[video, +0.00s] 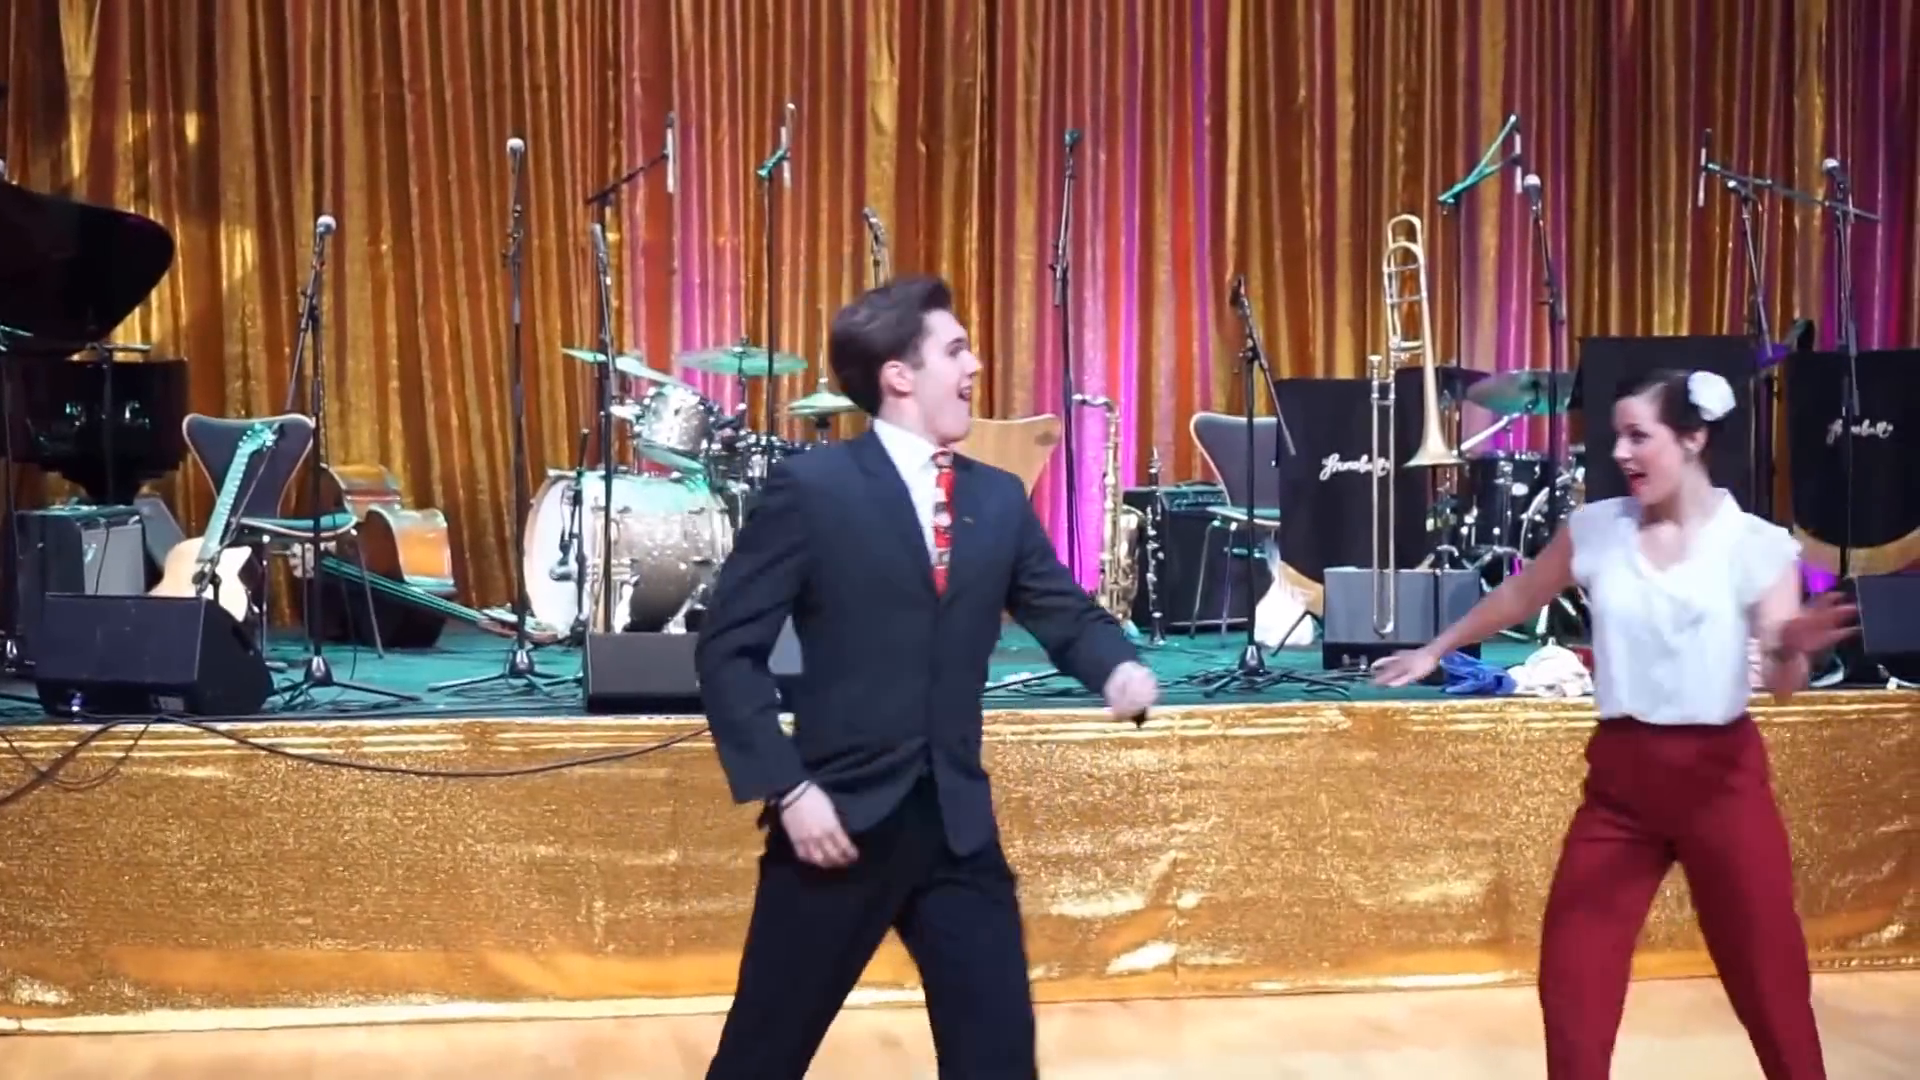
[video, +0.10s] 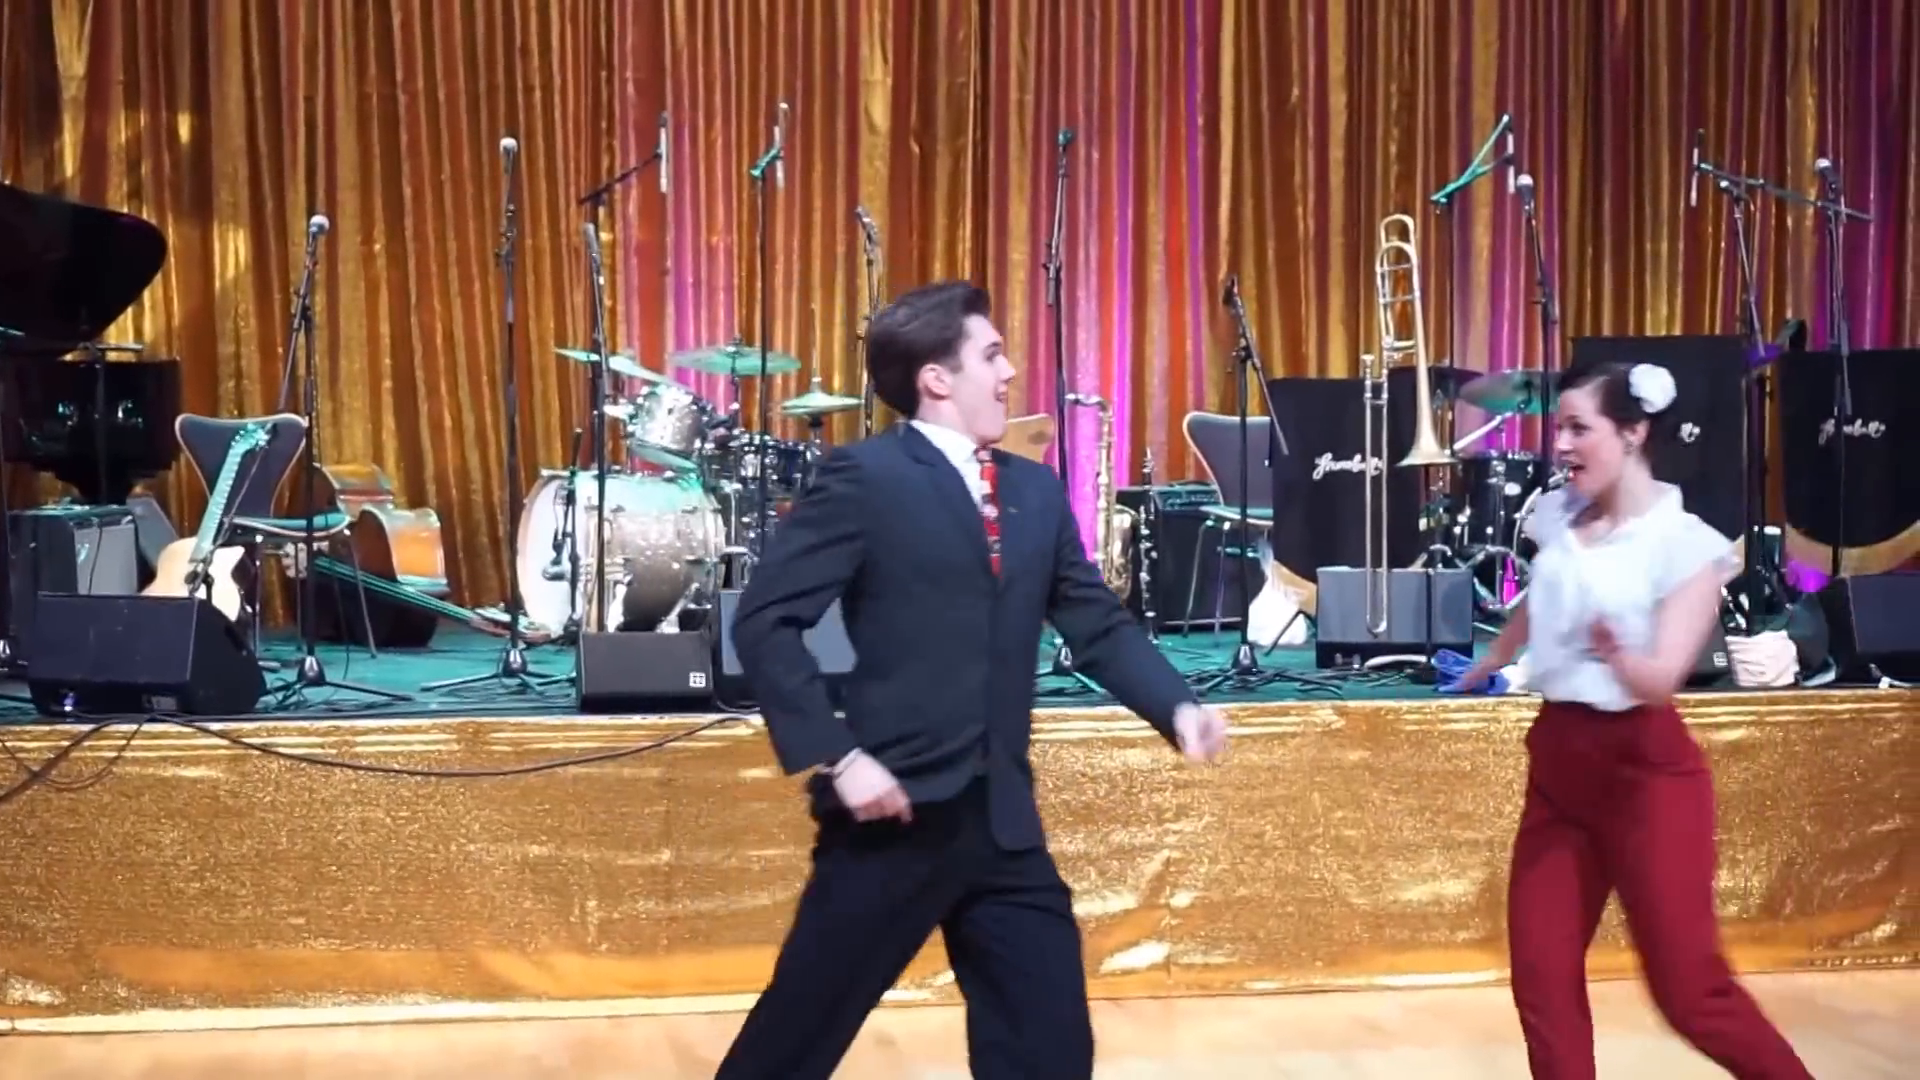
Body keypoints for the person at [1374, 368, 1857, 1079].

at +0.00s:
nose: (1622, 453)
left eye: (1638, 436)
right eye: (1618, 438)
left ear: (1694, 440)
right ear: (1617, 444)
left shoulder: (1760, 548)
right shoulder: (1591, 531)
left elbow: (1782, 684)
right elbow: (1515, 599)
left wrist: (1795, 650)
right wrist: (1435, 651)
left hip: (1725, 792)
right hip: (1617, 794)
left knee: (1776, 1008)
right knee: (1572, 1002)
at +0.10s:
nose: (1562, 445)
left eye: (1578, 428)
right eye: (1558, 428)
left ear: (1634, 435)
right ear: (1560, 434)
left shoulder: (1689, 546)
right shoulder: (1556, 519)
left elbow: (1661, 681)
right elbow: (1538, 607)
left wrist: (1617, 655)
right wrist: (1484, 666)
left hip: (1649, 774)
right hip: (1558, 774)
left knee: (1690, 993)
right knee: (1541, 981)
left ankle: (1791, 1078)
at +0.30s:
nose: (1446, 450)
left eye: (1452, 436)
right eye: (1447, 435)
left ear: (1489, 445)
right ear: (1533, 446)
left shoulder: (1486, 551)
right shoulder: (1588, 539)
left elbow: (1420, 679)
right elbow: (1628, 656)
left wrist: (1374, 638)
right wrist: (1625, 714)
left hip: (1521, 793)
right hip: (1578, 784)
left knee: (1402, 972)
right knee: (1524, 1002)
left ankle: (1592, 971)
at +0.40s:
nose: (1518, 429)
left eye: (1511, 416)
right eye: (1514, 419)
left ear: (1426, 430)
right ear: (1503, 434)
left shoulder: (1383, 534)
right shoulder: (1559, 527)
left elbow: (1373, 660)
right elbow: (1605, 655)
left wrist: (1434, 605)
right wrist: (1635, 719)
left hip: (1446, 761)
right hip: (1541, 755)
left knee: (1351, 930)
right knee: (1527, 977)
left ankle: (1422, 1068)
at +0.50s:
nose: (1500, 446)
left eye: (1500, 430)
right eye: (1486, 430)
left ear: (1427, 443)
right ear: (1434, 441)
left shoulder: (1334, 527)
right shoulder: (1497, 537)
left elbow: (1333, 656)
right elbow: (1541, 674)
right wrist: (1633, 723)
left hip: (1379, 755)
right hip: (1477, 756)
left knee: (1343, 977)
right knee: (1479, 994)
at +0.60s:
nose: (1439, 449)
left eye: (1448, 432)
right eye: (1419, 434)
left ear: (1459, 436)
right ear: (1376, 442)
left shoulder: (1352, 520)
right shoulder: (1404, 542)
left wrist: (1481, 684)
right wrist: (1542, 717)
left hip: (1329, 743)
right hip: (1379, 753)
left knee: (1351, 960)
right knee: (1436, 962)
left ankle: (1328, 1075)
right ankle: (1441, 1075)